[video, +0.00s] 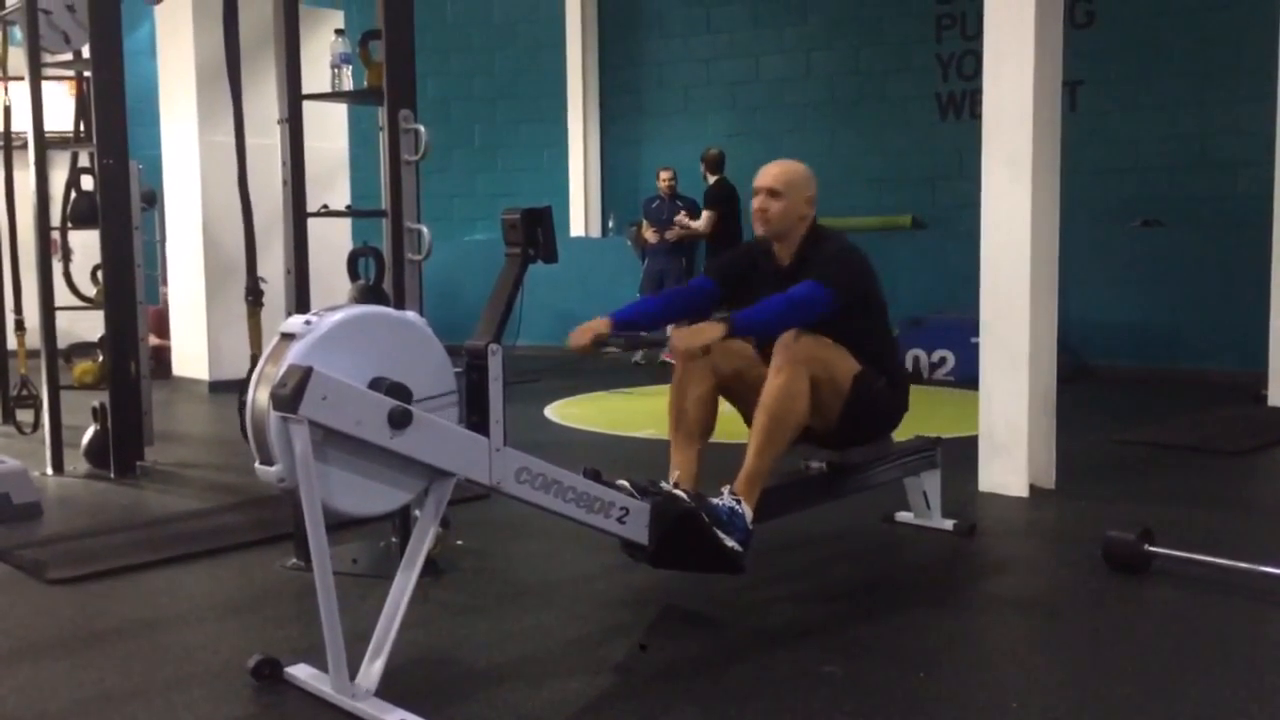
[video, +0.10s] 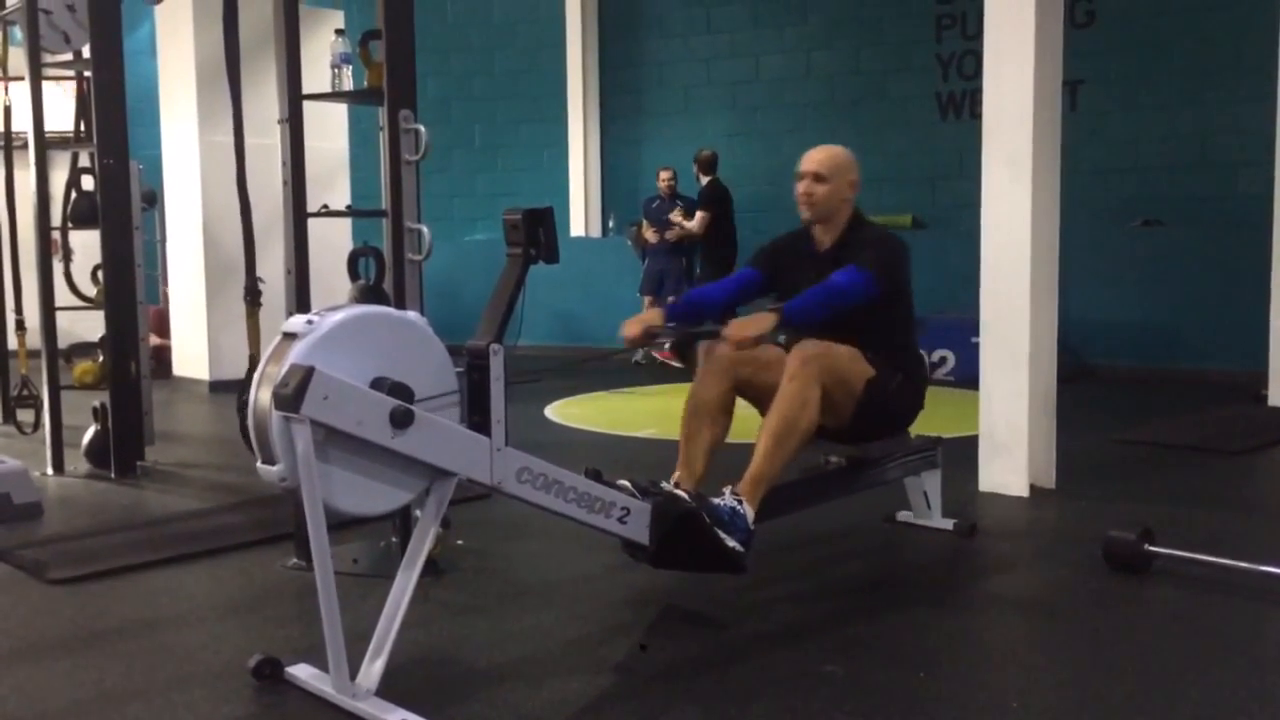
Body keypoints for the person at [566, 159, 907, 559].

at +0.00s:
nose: (759, 205)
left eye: (773, 196)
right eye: (756, 195)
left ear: (807, 206)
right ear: (751, 200)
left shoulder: (840, 258)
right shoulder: (751, 258)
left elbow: (800, 306)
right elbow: (693, 298)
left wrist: (723, 326)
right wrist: (610, 323)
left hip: (865, 410)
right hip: (793, 412)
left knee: (795, 345)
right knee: (698, 349)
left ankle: (740, 507)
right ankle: (680, 490)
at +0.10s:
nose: (803, 189)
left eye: (818, 180)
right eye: (800, 179)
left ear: (849, 190)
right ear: (795, 185)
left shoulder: (882, 249)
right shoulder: (789, 248)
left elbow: (839, 292)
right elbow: (729, 292)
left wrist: (775, 316)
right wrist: (663, 313)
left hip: (884, 396)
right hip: (810, 393)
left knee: (809, 356)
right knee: (718, 356)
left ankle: (742, 508)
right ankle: (681, 491)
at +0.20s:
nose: (852, 181)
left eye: (864, 172)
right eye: (847, 172)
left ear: (894, 181)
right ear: (842, 179)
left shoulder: (920, 242)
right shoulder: (825, 243)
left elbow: (882, 283)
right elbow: (772, 286)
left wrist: (821, 305)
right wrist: (710, 309)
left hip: (902, 384)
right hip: (827, 376)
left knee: (819, 376)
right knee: (737, 373)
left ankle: (742, 511)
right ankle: (681, 491)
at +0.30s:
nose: (893, 184)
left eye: (906, 175)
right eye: (888, 175)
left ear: (934, 183)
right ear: (882, 181)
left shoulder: (955, 243)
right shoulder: (858, 248)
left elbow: (934, 290)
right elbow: (812, 294)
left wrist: (871, 304)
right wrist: (758, 309)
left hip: (918, 374)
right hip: (852, 366)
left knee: (829, 398)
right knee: (763, 390)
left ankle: (744, 510)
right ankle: (680, 493)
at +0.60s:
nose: (941, 230)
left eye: (953, 221)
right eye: (935, 222)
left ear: (981, 228)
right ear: (929, 228)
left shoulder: (1006, 286)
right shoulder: (909, 279)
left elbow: (1045, 349)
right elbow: (860, 352)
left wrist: (1005, 295)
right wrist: (861, 310)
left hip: (927, 381)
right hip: (871, 370)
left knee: (840, 424)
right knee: (796, 413)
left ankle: (749, 511)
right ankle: (691, 495)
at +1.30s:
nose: (738, 222)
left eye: (752, 213)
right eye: (735, 212)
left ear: (789, 220)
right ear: (731, 215)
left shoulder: (824, 271)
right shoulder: (732, 272)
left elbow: (778, 330)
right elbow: (665, 317)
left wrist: (699, 363)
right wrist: (588, 350)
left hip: (856, 421)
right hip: (781, 420)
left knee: (787, 356)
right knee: (687, 350)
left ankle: (741, 512)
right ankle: (683, 497)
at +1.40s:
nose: (752, 214)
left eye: (766, 205)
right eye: (749, 204)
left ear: (802, 214)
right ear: (744, 208)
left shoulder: (836, 269)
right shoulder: (745, 268)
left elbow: (790, 318)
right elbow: (681, 309)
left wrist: (714, 339)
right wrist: (600, 335)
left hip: (863, 417)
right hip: (791, 420)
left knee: (790, 352)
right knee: (693, 355)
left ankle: (741, 511)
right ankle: (683, 498)